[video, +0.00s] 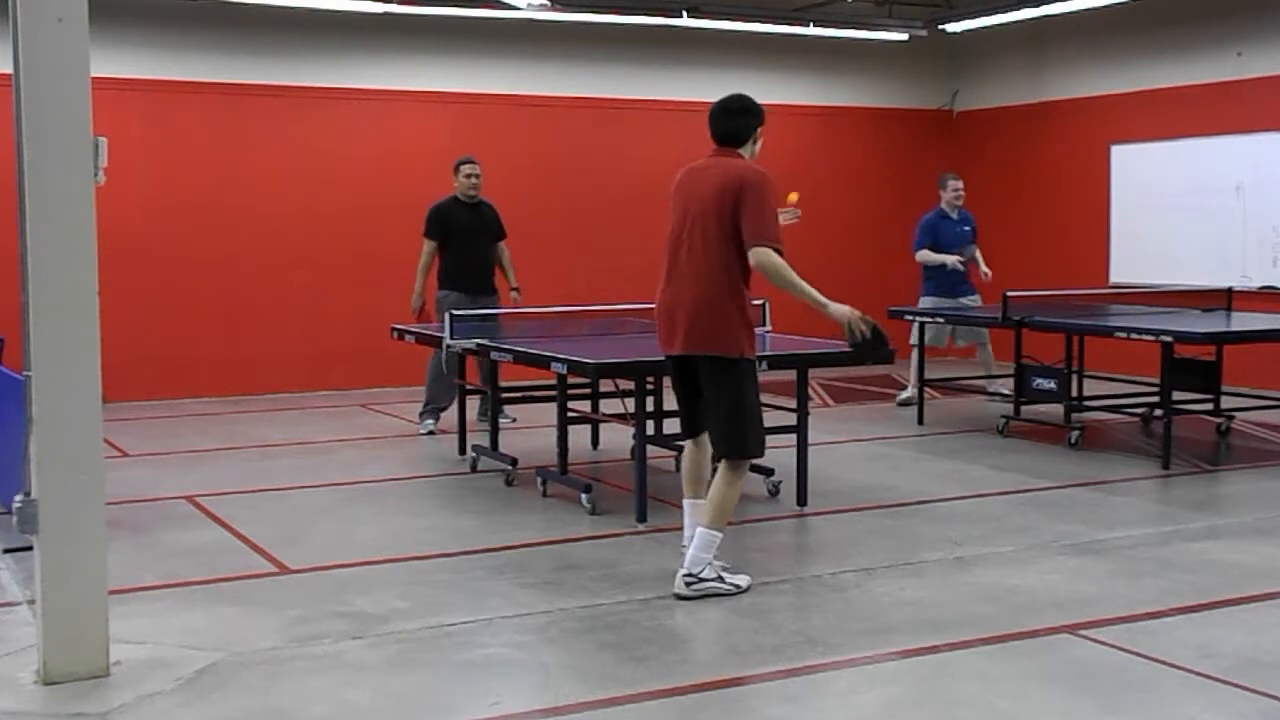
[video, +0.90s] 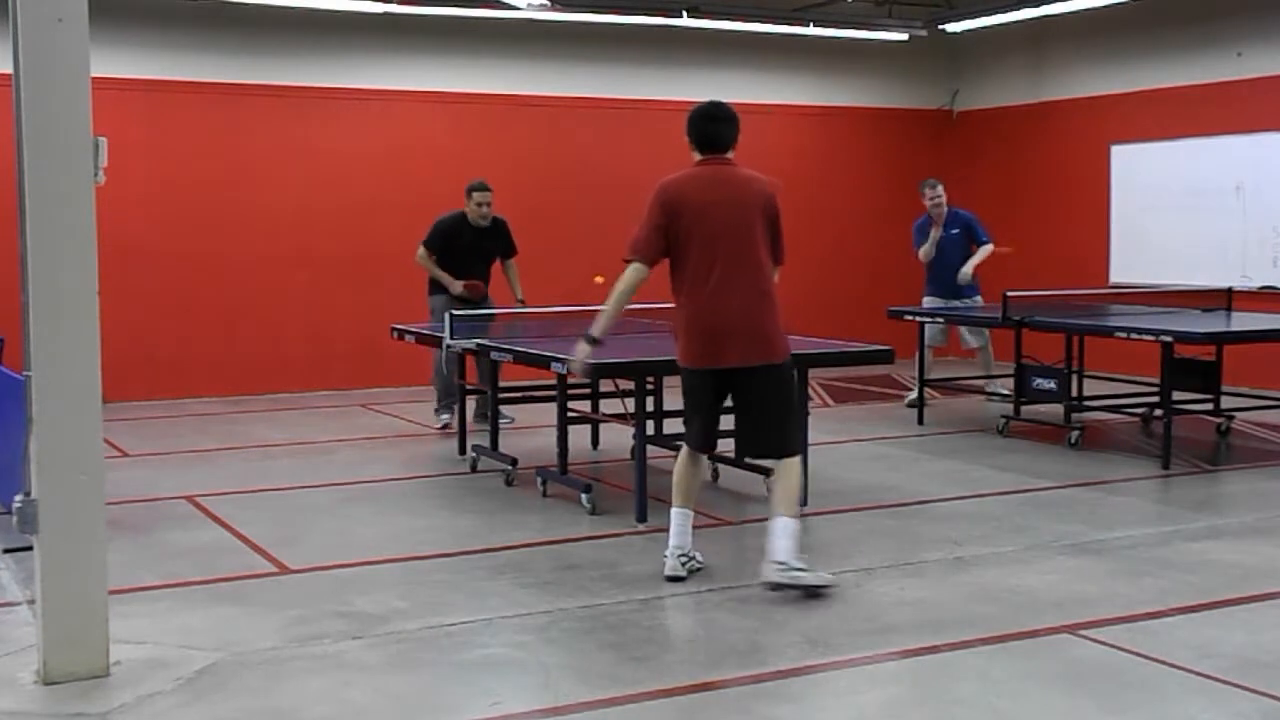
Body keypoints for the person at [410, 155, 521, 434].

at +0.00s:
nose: (473, 181)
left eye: (477, 176)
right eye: (468, 176)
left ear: (482, 180)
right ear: (456, 180)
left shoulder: (488, 211)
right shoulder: (441, 211)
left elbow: (501, 248)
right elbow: (428, 252)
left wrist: (513, 284)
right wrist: (418, 292)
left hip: (486, 295)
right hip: (453, 295)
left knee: (491, 352)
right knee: (448, 352)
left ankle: (490, 407)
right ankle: (431, 412)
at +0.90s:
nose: (485, 211)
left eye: (489, 205)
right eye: (479, 205)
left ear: (493, 204)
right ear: (467, 204)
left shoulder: (499, 228)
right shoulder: (447, 226)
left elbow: (507, 261)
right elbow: (422, 256)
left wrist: (518, 294)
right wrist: (450, 282)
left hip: (480, 296)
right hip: (446, 296)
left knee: (488, 350)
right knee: (448, 349)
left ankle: (486, 408)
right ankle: (445, 408)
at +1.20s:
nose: (497, 233)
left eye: (501, 227)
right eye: (491, 228)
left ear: (505, 225)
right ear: (477, 225)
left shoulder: (498, 242)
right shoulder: (459, 245)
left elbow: (488, 264)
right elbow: (432, 287)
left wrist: (490, 284)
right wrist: (462, 308)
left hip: (465, 305)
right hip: (435, 306)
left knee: (480, 355)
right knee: (442, 363)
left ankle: (483, 408)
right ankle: (455, 418)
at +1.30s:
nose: (497, 234)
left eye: (500, 228)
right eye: (491, 228)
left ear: (503, 225)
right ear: (476, 225)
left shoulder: (491, 245)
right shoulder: (459, 246)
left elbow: (471, 273)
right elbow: (447, 295)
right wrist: (489, 308)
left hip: (457, 302)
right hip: (431, 304)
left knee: (465, 357)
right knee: (440, 363)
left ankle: (475, 408)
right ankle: (455, 419)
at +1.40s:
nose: (495, 238)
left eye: (498, 232)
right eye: (490, 231)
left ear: (502, 227)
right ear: (475, 226)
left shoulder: (482, 241)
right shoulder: (461, 245)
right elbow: (472, 288)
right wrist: (518, 290)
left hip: (454, 302)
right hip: (430, 303)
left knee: (458, 355)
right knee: (439, 362)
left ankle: (461, 403)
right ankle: (454, 419)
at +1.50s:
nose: (493, 240)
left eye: (496, 234)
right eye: (488, 234)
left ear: (498, 229)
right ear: (473, 228)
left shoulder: (473, 232)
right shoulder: (459, 245)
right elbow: (489, 264)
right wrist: (521, 272)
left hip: (452, 302)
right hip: (427, 303)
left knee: (459, 354)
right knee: (438, 361)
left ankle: (457, 406)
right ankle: (453, 416)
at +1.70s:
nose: (489, 228)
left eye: (492, 222)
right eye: (484, 221)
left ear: (494, 219)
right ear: (470, 217)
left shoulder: (475, 235)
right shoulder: (456, 235)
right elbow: (451, 266)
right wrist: (485, 283)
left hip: (448, 303)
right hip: (426, 303)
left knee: (458, 352)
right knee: (439, 360)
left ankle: (436, 401)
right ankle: (454, 419)